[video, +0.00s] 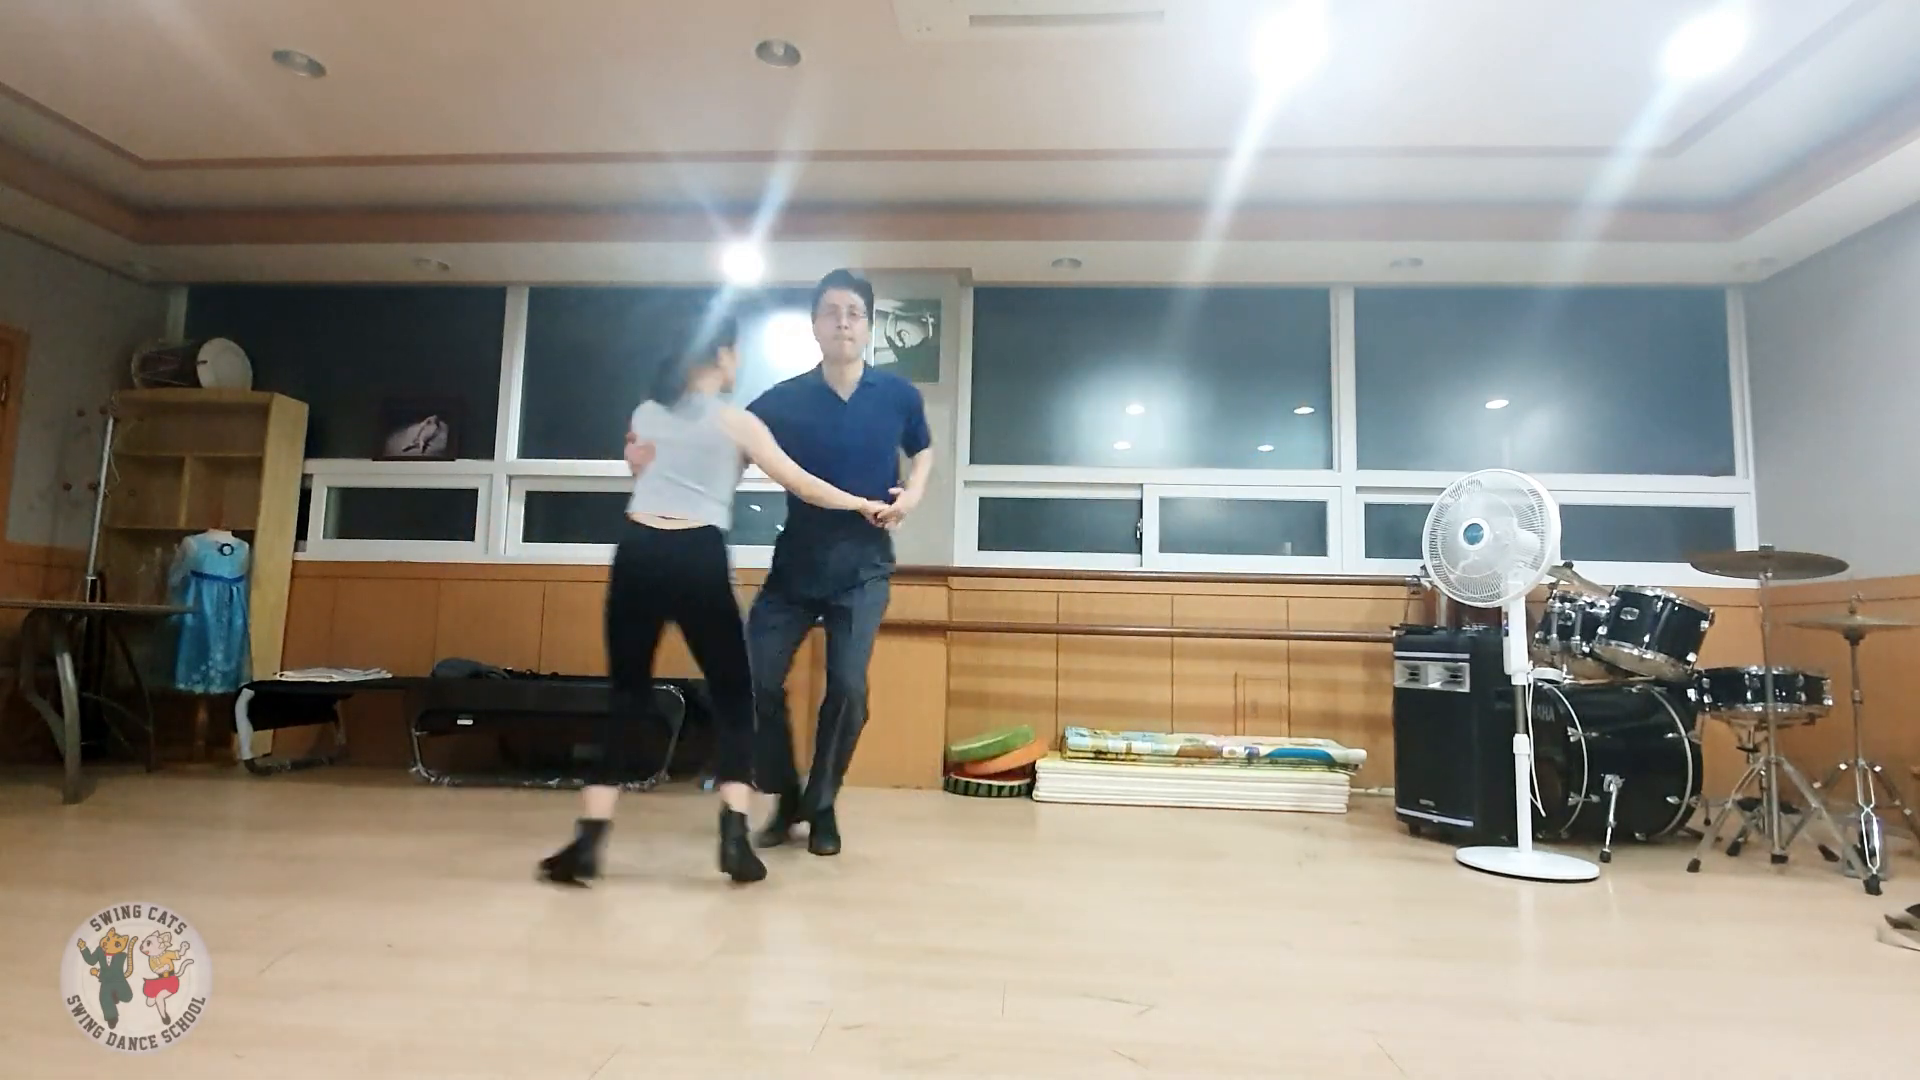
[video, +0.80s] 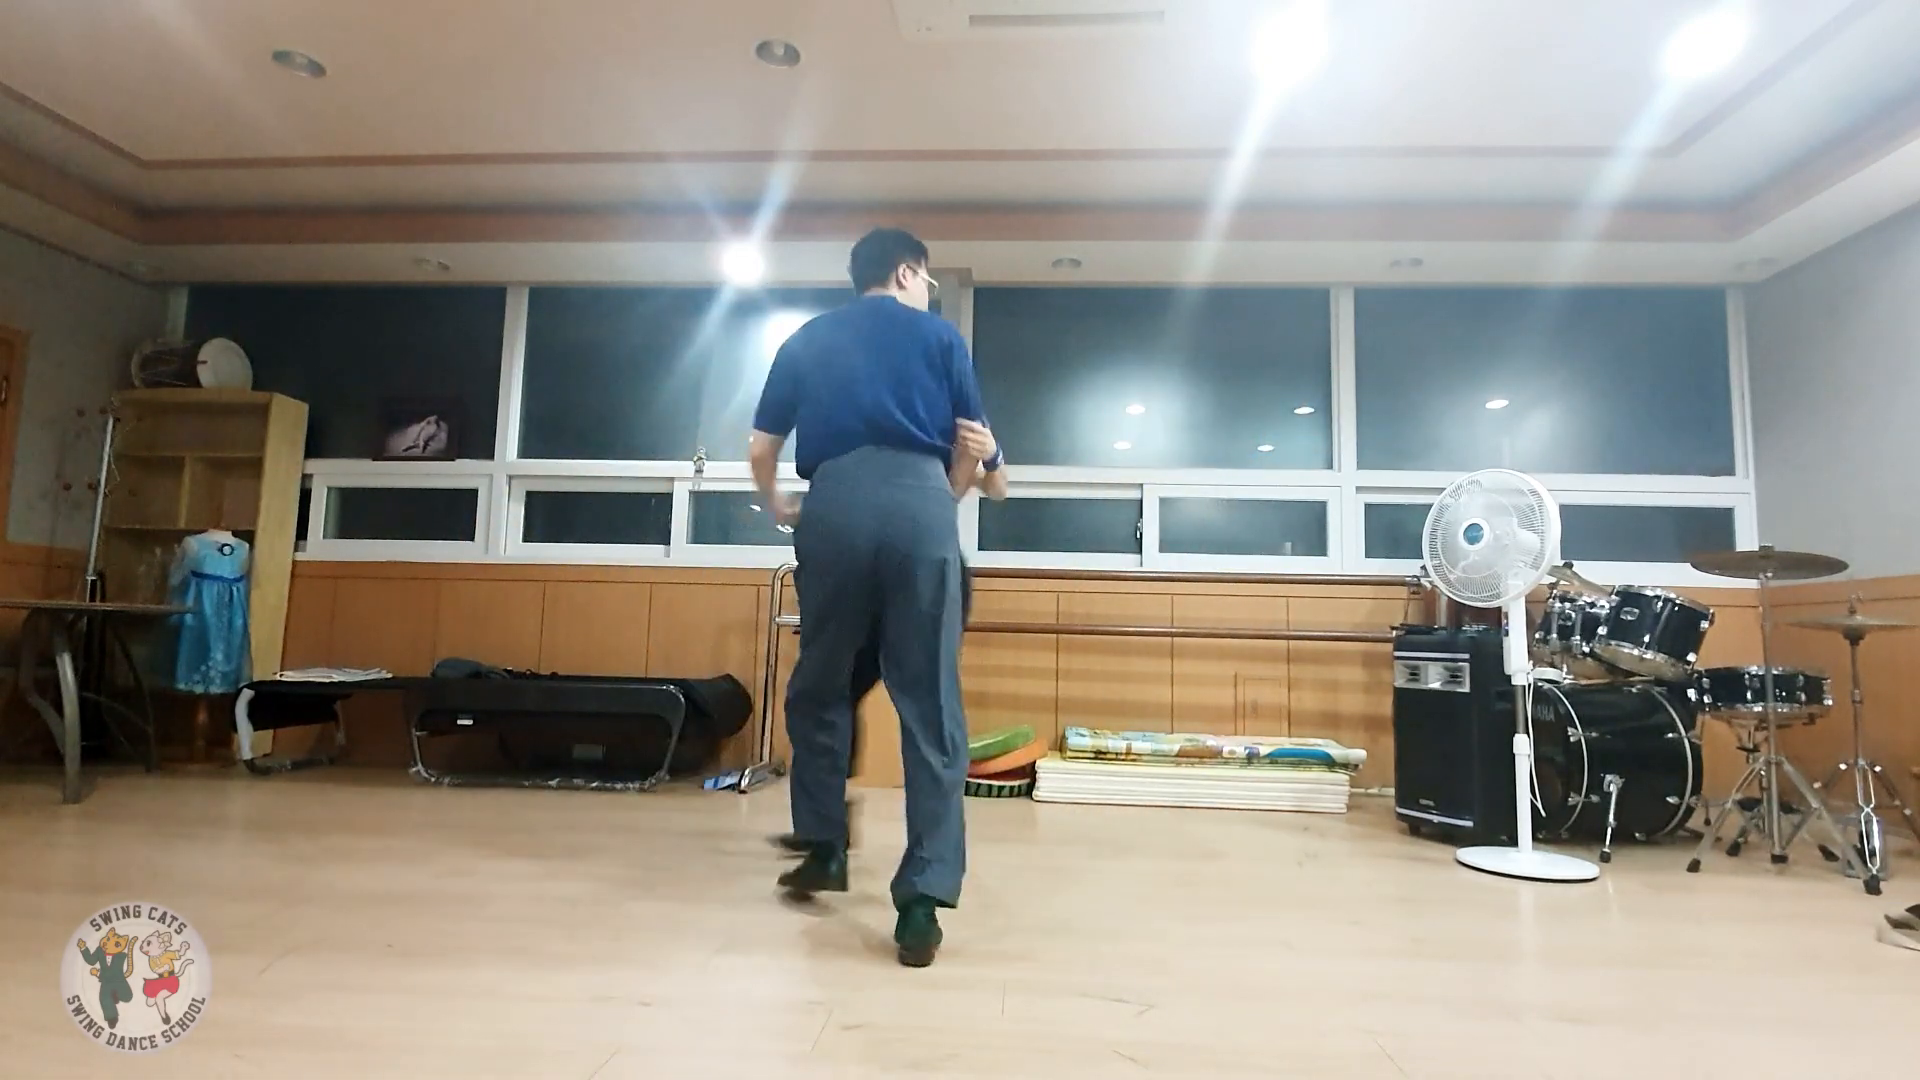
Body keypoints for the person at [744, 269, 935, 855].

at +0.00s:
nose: (843, 323)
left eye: (854, 314)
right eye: (831, 313)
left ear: (869, 327)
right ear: (814, 327)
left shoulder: (900, 395)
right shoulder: (783, 399)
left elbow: (921, 455)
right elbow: (726, 454)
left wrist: (911, 493)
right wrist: (655, 455)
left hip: (864, 561)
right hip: (798, 558)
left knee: (848, 687)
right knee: (758, 678)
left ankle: (822, 804)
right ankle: (788, 797)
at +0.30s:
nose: (824, 307)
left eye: (835, 296)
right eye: (826, 297)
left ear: (874, 303)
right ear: (859, 307)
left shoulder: (928, 366)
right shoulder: (835, 397)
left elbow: (978, 444)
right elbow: (773, 444)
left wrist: (894, 465)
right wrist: (721, 467)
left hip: (941, 547)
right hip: (888, 552)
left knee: (889, 680)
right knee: (849, 678)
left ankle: (856, 848)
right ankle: (845, 805)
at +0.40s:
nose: (823, 294)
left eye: (831, 283)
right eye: (826, 283)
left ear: (860, 288)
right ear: (859, 290)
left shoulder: (905, 336)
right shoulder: (857, 375)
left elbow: (941, 391)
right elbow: (815, 438)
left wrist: (842, 422)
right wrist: (765, 471)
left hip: (939, 536)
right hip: (902, 541)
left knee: (884, 677)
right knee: (863, 674)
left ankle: (855, 849)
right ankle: (934, 810)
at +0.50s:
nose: (829, 300)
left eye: (833, 289)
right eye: (833, 290)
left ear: (849, 290)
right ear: (890, 291)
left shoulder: (877, 328)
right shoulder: (899, 345)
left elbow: (839, 373)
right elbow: (884, 447)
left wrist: (738, 397)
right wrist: (817, 485)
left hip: (913, 535)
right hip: (940, 536)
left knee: (846, 689)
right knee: (907, 696)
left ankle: (856, 857)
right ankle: (968, 826)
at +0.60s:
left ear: (845, 298)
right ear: (902, 303)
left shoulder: (845, 343)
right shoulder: (925, 363)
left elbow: (759, 397)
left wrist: (661, 424)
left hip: (892, 527)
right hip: (953, 527)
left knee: (819, 688)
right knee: (935, 707)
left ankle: (856, 863)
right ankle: (934, 866)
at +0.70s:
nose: (922, 311)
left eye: (917, 303)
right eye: (921, 301)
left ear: (852, 300)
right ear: (910, 301)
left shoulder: (818, 348)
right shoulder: (949, 367)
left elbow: (735, 433)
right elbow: (973, 473)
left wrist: (693, 475)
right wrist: (945, 507)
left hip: (863, 517)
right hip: (946, 523)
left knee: (800, 698)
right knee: (929, 719)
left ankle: (843, 866)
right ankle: (924, 897)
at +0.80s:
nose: (929, 291)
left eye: (926, 280)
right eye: (926, 279)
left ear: (857, 278)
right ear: (906, 275)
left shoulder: (806, 337)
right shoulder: (941, 337)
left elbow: (761, 453)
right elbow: (974, 447)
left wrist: (777, 508)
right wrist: (945, 501)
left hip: (833, 502)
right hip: (921, 502)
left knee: (821, 686)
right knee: (929, 708)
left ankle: (824, 848)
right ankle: (922, 896)